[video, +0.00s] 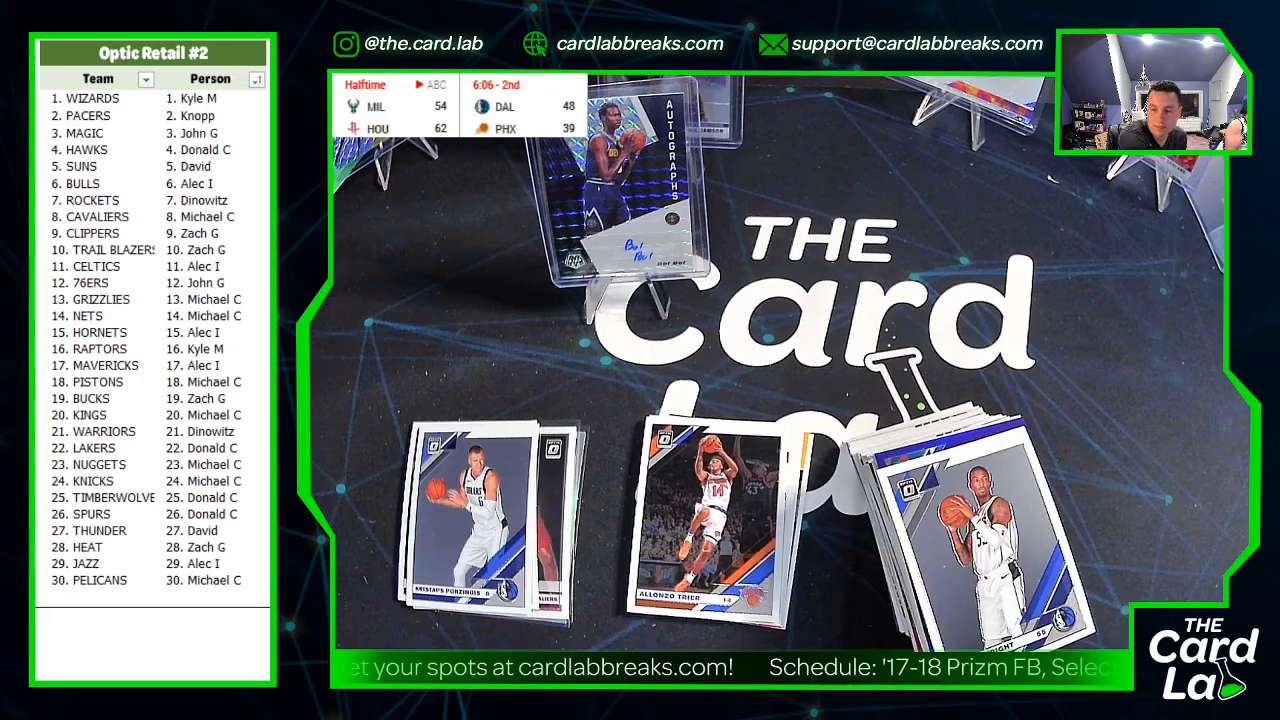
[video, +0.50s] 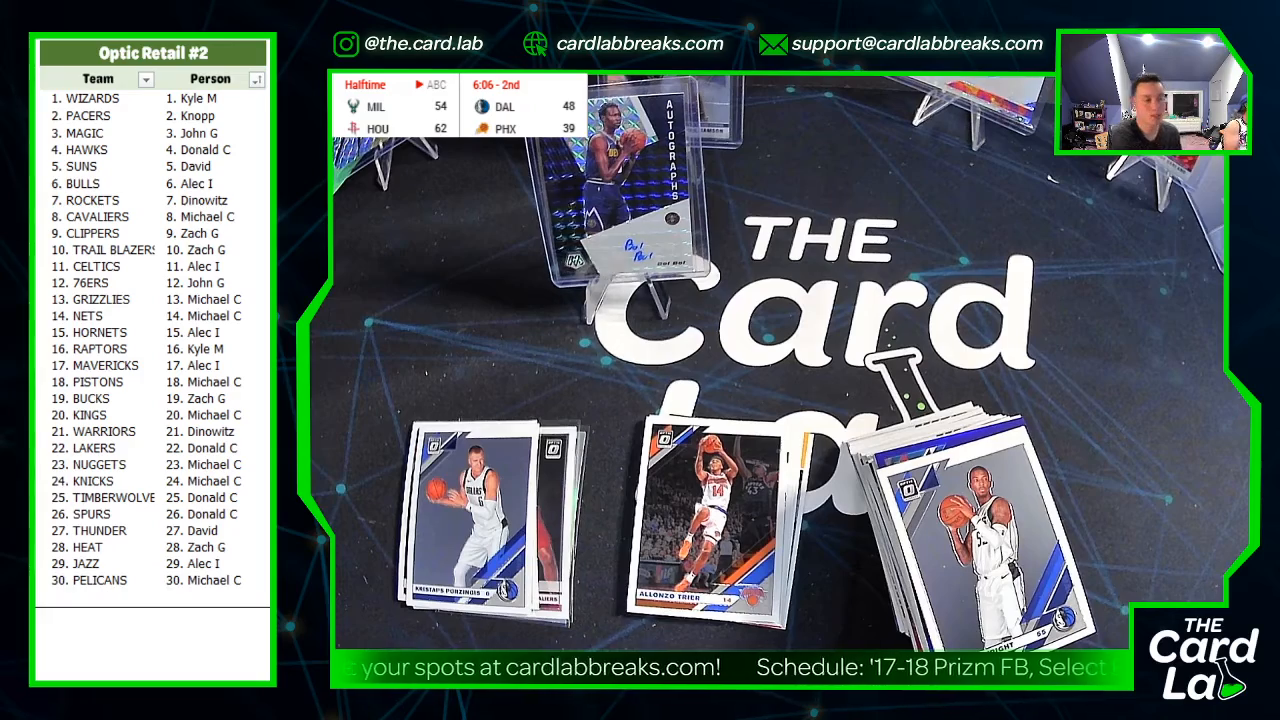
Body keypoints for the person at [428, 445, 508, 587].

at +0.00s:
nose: (479, 464)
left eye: (481, 460)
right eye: (475, 460)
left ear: (484, 460)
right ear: (469, 461)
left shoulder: (491, 476)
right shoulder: (464, 476)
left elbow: (488, 512)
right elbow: (464, 503)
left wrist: (466, 504)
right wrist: (439, 500)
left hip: (496, 531)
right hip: (478, 531)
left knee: (495, 573)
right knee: (459, 571)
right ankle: (460, 606)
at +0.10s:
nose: (479, 464)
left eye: (481, 460)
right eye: (475, 460)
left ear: (484, 460)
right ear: (469, 461)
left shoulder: (491, 476)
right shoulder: (464, 476)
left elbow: (488, 512)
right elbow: (464, 503)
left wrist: (466, 504)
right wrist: (439, 500)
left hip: (496, 531)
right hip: (478, 531)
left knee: (495, 573)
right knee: (459, 571)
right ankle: (460, 606)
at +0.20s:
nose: (479, 464)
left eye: (481, 460)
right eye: (475, 460)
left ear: (484, 460)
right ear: (469, 461)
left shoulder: (491, 476)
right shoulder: (464, 476)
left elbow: (488, 512)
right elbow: (464, 503)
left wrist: (466, 504)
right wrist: (439, 500)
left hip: (496, 531)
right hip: (478, 531)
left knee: (495, 573)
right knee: (459, 571)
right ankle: (460, 606)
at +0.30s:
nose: (479, 464)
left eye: (481, 460)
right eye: (475, 460)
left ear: (484, 460)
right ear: (469, 461)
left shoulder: (491, 476)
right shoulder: (464, 476)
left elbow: (488, 512)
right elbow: (464, 503)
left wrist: (466, 504)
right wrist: (439, 500)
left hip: (496, 531)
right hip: (478, 531)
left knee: (495, 573)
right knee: (459, 571)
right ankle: (460, 606)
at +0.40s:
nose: (479, 464)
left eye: (481, 460)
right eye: (475, 460)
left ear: (484, 460)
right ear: (469, 461)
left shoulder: (491, 476)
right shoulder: (464, 476)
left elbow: (488, 512)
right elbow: (464, 503)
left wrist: (466, 504)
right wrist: (439, 500)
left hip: (496, 531)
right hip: (478, 531)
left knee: (495, 573)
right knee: (459, 571)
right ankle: (460, 606)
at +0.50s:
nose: (479, 464)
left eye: (481, 460)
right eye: (475, 460)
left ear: (484, 460)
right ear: (469, 461)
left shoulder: (491, 476)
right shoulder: (464, 476)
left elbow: (488, 512)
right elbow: (464, 503)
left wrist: (466, 504)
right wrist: (439, 500)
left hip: (496, 531)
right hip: (478, 531)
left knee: (494, 572)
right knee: (459, 571)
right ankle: (461, 606)